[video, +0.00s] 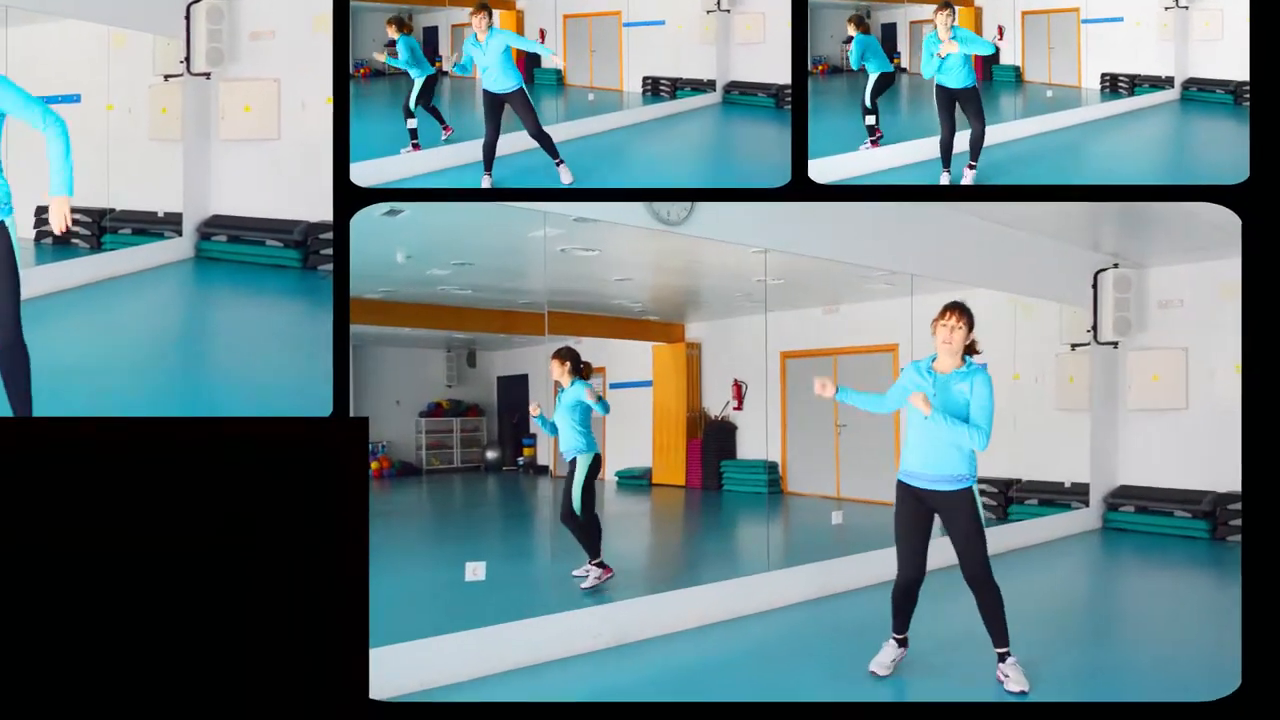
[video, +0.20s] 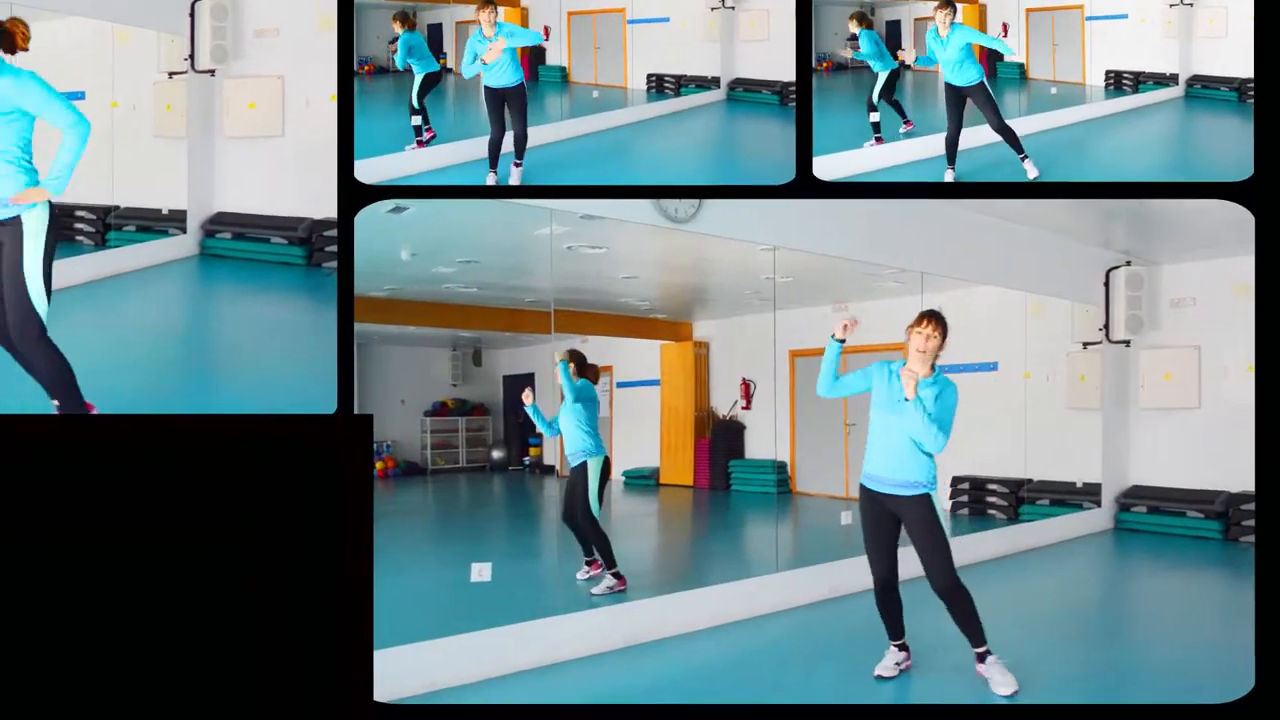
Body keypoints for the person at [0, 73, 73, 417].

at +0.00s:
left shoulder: (1, 88)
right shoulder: (4, 89)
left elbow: (53, 123)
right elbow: (53, 124)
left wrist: (60, 195)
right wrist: (59, 197)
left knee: (7, 335)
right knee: (7, 335)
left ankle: (23, 415)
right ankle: (23, 413)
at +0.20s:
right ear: (7, 48)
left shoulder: (16, 82)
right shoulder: (12, 83)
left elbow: (76, 126)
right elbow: (76, 125)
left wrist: (51, 186)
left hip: (20, 217)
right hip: (3, 220)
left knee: (23, 331)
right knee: (5, 331)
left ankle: (76, 409)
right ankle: (69, 404)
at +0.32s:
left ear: (13, 55)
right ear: (15, 56)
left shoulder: (41, 102)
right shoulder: (23, 106)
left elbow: (81, 164)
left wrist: (19, 199)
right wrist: (16, 199)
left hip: (68, 229)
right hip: (52, 231)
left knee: (47, 339)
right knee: (43, 337)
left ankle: (110, 406)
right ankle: (105, 404)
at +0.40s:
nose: (6, 50)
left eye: (10, 39)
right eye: (5, 41)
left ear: (36, 37)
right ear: (35, 39)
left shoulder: (60, 77)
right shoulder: (49, 80)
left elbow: (68, 144)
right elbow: (55, 150)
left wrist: (9, 150)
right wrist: (17, 159)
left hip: (98, 204)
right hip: (82, 205)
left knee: (81, 313)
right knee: (75, 312)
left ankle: (130, 388)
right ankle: (129, 386)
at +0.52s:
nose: (45, 4)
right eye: (45, 1)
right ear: (66, 0)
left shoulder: (95, 12)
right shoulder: (86, 27)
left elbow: (55, 63)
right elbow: (72, 90)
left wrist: (5, 54)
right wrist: (25, 74)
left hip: (148, 141)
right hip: (135, 144)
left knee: (150, 256)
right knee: (146, 255)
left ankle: (162, 357)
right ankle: (164, 355)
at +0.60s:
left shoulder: (132, 3)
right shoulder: (117, 13)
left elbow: (64, 20)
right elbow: (77, 49)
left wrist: (8, 12)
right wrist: (26, 27)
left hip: (190, 114)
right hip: (179, 116)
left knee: (192, 230)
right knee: (188, 230)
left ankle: (205, 337)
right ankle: (195, 330)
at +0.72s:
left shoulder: (189, 1)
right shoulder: (172, 4)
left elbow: (113, 4)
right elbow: (112, 4)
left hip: (254, 105)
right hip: (238, 111)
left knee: (265, 216)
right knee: (245, 215)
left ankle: (301, 318)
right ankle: (270, 313)